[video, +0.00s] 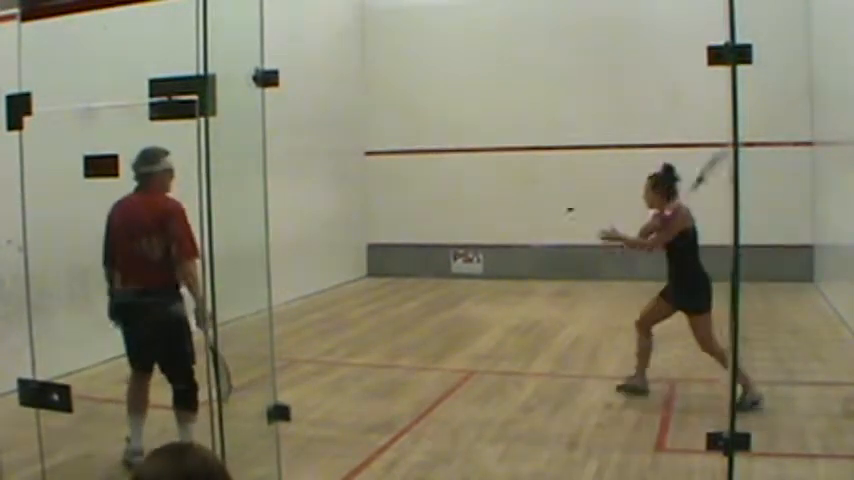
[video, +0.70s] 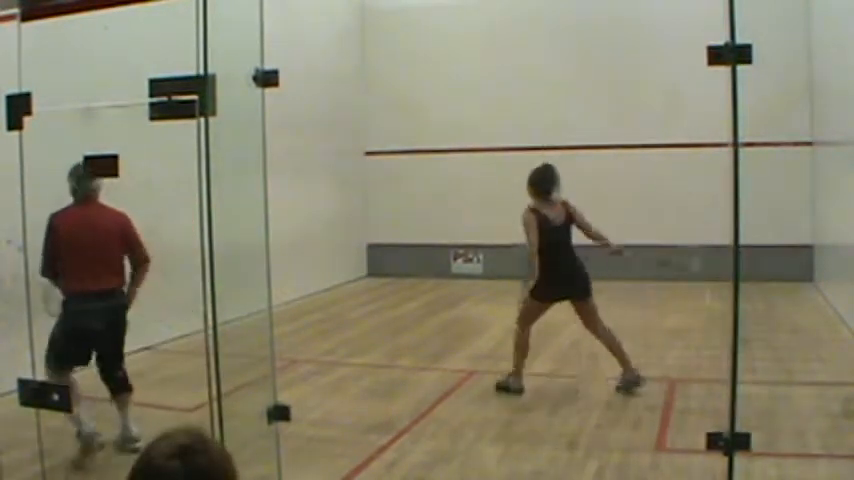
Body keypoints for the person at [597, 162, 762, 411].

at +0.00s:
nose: (645, 197)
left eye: (648, 192)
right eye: (645, 192)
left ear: (659, 193)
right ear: (661, 193)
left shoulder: (681, 215)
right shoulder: (660, 216)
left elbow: (654, 244)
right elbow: (642, 239)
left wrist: (622, 239)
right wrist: (621, 242)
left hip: (695, 287)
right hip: (677, 286)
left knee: (708, 344)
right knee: (643, 324)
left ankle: (750, 388)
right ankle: (640, 379)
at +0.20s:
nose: (612, 196)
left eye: (614, 192)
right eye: (612, 191)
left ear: (622, 193)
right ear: (635, 191)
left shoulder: (632, 217)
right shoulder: (644, 213)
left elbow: (619, 253)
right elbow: (620, 239)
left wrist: (601, 282)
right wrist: (597, 246)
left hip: (650, 291)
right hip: (653, 287)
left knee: (653, 347)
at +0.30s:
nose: (597, 190)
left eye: (598, 186)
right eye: (597, 186)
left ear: (605, 186)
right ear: (620, 185)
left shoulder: (613, 211)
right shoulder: (627, 207)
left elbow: (606, 250)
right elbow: (630, 247)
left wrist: (596, 284)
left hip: (634, 281)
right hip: (639, 278)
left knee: (625, 334)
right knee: (616, 326)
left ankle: (673, 371)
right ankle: (636, 377)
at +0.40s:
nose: (580, 182)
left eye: (581, 178)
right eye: (581, 178)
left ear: (584, 179)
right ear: (604, 178)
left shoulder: (593, 203)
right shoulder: (613, 199)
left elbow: (594, 236)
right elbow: (635, 216)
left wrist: (595, 266)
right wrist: (654, 223)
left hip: (612, 274)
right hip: (627, 270)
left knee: (597, 326)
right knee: (617, 325)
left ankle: (632, 375)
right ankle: (635, 376)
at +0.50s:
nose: (565, 181)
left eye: (565, 177)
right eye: (567, 177)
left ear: (568, 178)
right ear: (588, 176)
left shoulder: (575, 200)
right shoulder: (600, 198)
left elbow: (577, 229)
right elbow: (628, 212)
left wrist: (583, 258)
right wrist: (658, 220)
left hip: (595, 269)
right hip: (613, 266)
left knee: (571, 320)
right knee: (614, 320)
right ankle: (635, 374)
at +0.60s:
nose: (548, 186)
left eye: (549, 182)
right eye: (551, 182)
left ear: (551, 184)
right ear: (572, 181)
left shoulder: (554, 208)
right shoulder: (585, 202)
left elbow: (558, 240)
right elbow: (613, 220)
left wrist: (560, 273)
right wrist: (645, 233)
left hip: (576, 275)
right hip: (598, 272)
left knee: (546, 320)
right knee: (610, 324)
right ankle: (635, 374)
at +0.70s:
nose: (529, 191)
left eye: (530, 187)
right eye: (532, 187)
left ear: (531, 189)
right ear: (554, 187)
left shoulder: (531, 214)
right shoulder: (565, 207)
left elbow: (533, 249)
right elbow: (588, 230)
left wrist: (532, 280)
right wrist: (609, 245)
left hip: (551, 280)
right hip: (576, 277)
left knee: (523, 323)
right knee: (596, 325)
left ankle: (516, 378)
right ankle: (629, 371)